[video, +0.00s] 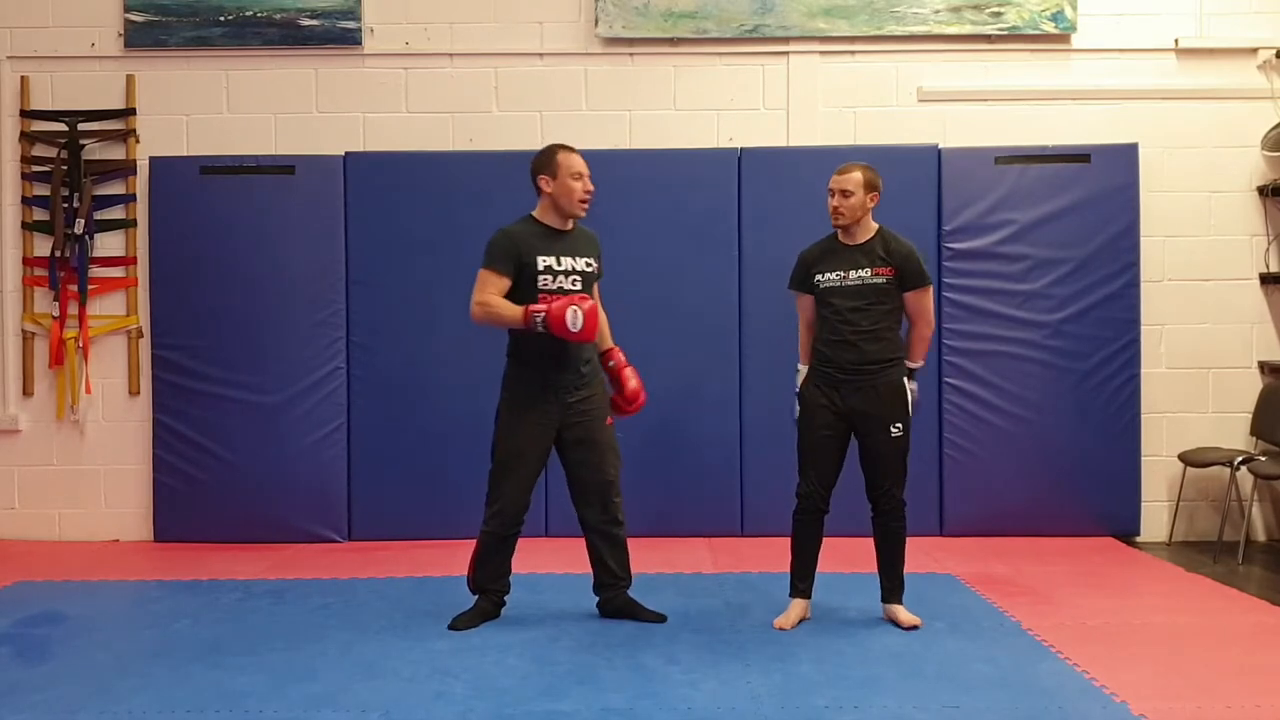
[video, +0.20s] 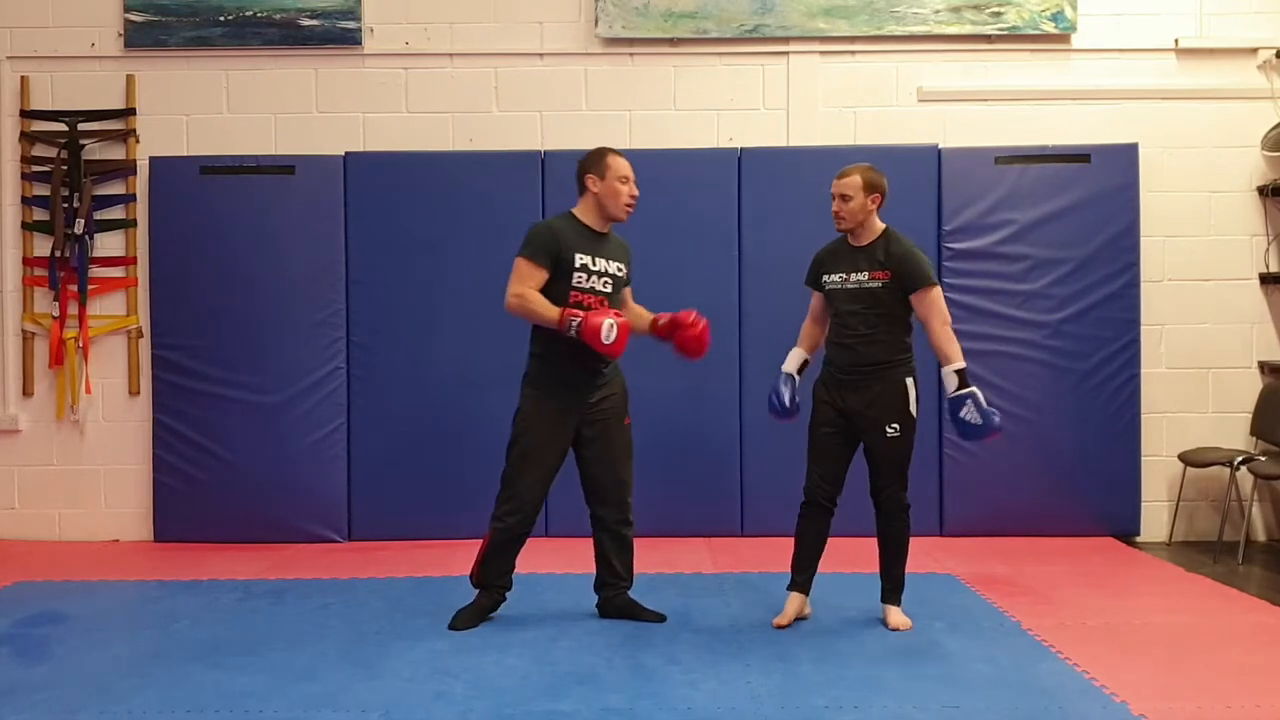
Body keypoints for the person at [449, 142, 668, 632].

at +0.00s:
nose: (588, 186)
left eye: (587, 178)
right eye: (577, 178)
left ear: (579, 185)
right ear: (546, 184)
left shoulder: (587, 242)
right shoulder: (512, 241)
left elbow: (592, 307)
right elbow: (482, 307)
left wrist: (616, 365)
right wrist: (542, 315)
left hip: (585, 390)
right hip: (529, 393)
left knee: (602, 493)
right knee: (507, 498)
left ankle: (614, 594)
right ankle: (489, 597)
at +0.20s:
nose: (634, 191)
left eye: (634, 183)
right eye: (624, 181)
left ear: (610, 188)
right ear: (592, 185)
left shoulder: (619, 249)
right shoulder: (550, 234)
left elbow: (624, 308)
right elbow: (517, 297)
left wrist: (662, 325)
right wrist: (577, 322)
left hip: (604, 391)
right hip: (550, 390)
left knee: (613, 497)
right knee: (520, 495)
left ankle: (614, 595)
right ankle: (490, 592)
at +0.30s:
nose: (649, 192)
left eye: (650, 184)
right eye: (640, 183)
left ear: (627, 189)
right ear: (609, 185)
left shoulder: (633, 250)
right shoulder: (565, 231)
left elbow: (651, 312)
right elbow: (530, 291)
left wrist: (701, 314)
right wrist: (586, 318)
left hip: (614, 388)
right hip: (560, 386)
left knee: (619, 496)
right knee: (529, 494)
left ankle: (615, 594)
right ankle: (491, 590)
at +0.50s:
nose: (668, 190)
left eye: (670, 182)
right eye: (659, 179)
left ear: (660, 188)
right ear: (629, 181)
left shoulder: (659, 251)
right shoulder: (584, 228)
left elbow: (681, 310)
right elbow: (544, 287)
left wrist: (727, 307)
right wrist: (595, 318)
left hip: (628, 384)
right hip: (576, 379)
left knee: (627, 492)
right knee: (557, 487)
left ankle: (615, 594)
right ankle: (524, 592)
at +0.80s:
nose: (648, 187)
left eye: (655, 178)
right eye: (638, 176)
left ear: (662, 186)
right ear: (616, 182)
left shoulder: (662, 248)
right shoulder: (585, 237)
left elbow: (667, 313)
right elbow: (549, 299)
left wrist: (695, 341)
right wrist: (602, 334)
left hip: (648, 385)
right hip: (596, 386)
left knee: (665, 489)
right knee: (607, 493)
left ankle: (626, 585)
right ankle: (601, 606)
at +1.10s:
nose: (652, 186)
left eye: (657, 177)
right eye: (641, 177)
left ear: (662, 181)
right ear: (615, 183)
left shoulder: (672, 238)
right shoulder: (588, 241)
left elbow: (686, 300)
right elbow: (558, 308)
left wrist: (715, 316)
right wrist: (608, 333)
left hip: (669, 388)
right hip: (612, 391)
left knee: (705, 484)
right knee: (602, 500)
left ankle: (695, 586)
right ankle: (602, 607)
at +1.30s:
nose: (688, 188)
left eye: (690, 179)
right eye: (677, 178)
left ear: (690, 185)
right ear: (646, 182)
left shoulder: (695, 241)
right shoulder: (615, 243)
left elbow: (714, 305)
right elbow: (584, 310)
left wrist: (742, 308)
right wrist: (637, 335)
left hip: (692, 392)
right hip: (636, 393)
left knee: (712, 494)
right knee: (618, 501)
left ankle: (693, 594)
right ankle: (603, 607)